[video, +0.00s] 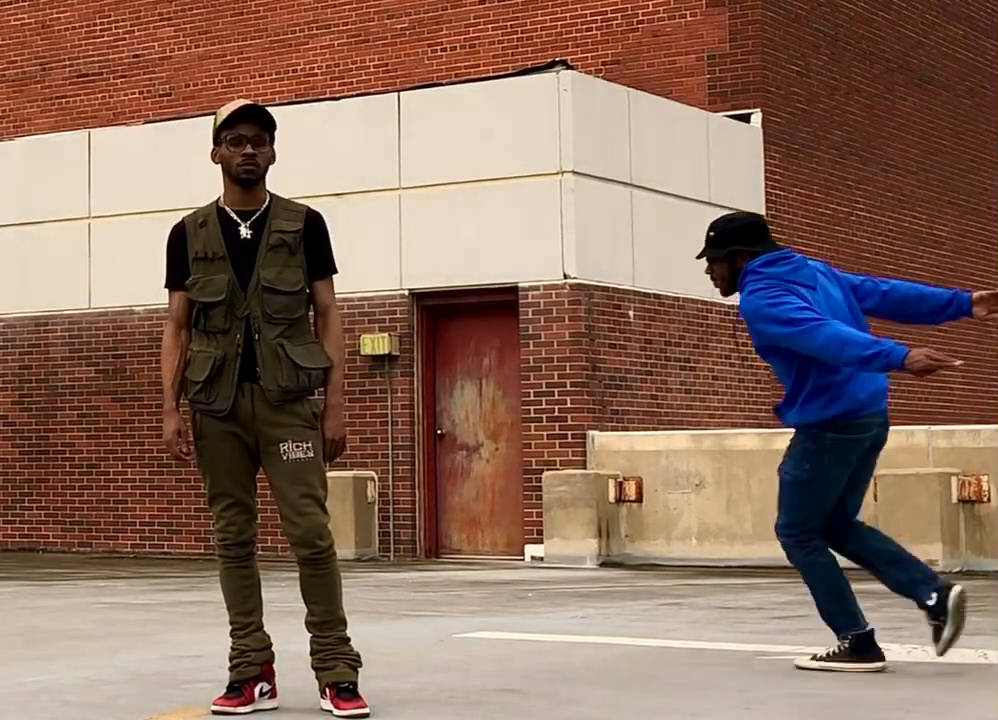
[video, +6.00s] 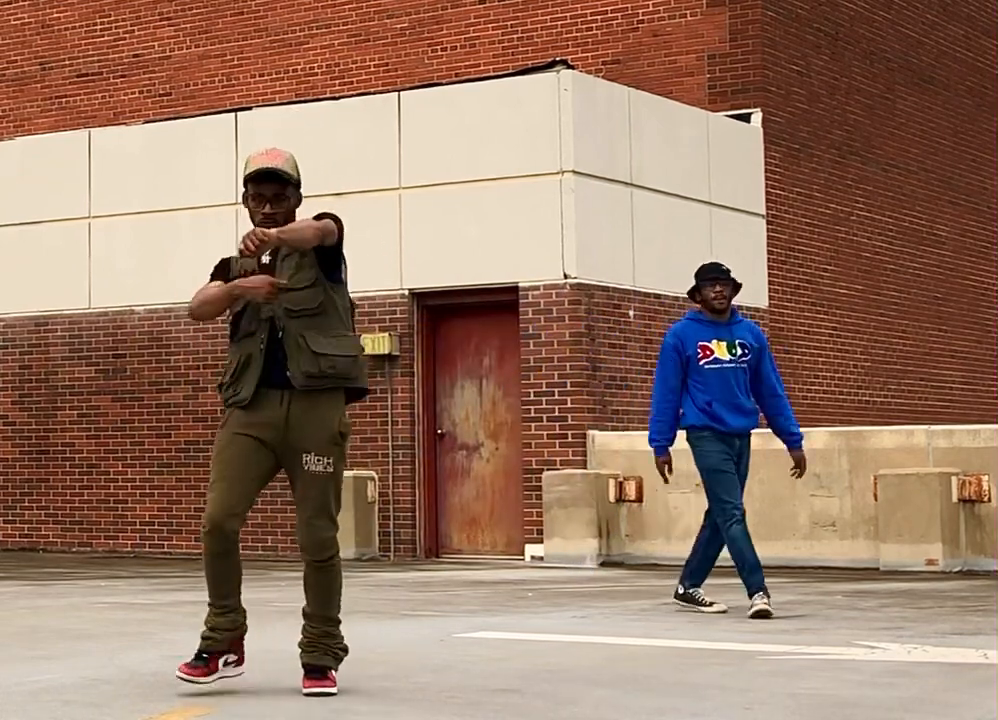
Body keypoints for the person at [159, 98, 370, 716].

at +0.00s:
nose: (248, 150)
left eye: (257, 141)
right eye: (236, 142)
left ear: (273, 151)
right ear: (217, 153)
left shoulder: (304, 224)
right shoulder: (187, 233)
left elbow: (327, 317)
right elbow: (177, 325)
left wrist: (334, 399)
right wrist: (171, 405)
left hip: (289, 403)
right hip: (215, 407)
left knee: (312, 538)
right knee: (233, 540)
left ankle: (336, 672)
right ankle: (249, 669)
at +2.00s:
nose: (242, 158)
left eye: (253, 149)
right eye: (231, 150)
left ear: (272, 158)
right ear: (215, 160)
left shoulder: (304, 227)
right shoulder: (190, 237)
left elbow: (330, 319)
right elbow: (177, 329)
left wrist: (335, 403)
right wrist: (174, 408)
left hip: (290, 403)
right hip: (214, 407)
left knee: (313, 536)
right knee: (232, 540)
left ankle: (331, 669)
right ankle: (250, 668)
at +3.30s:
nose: (327, 192)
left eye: (339, 183)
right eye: (316, 181)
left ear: (352, 193)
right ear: (296, 185)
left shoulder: (371, 262)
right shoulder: (252, 244)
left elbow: (404, 342)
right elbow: (223, 323)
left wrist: (419, 411)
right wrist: (229, 375)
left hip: (329, 424)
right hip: (250, 420)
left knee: (351, 543)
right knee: (224, 540)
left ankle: (326, 676)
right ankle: (258, 662)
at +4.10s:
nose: (294, 169)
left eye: (305, 161)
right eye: (282, 163)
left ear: (323, 175)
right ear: (266, 179)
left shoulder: (358, 245)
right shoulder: (241, 252)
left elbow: (368, 320)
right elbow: (226, 322)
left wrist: (349, 385)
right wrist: (213, 366)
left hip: (338, 414)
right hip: (260, 415)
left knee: (351, 551)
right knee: (236, 544)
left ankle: (330, 677)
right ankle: (248, 672)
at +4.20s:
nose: (299, 156)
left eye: (310, 150)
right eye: (287, 150)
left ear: (324, 165)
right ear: (269, 166)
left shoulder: (356, 231)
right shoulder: (241, 238)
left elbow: (372, 290)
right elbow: (243, 315)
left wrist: (352, 324)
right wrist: (246, 378)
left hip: (338, 404)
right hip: (266, 402)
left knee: (350, 542)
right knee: (241, 539)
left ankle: (331, 675)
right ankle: (251, 668)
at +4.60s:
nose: (290, 163)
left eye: (301, 158)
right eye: (280, 153)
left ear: (311, 172)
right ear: (257, 162)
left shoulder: (321, 232)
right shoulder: (226, 223)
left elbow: (354, 247)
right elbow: (222, 301)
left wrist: (356, 242)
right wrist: (278, 353)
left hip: (318, 398)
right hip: (247, 400)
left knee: (331, 533)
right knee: (247, 541)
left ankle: (329, 671)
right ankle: (252, 670)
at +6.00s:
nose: (267, 201)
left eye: (278, 193)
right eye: (258, 193)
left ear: (297, 198)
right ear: (244, 198)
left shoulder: (320, 235)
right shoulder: (236, 263)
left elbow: (325, 230)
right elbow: (198, 307)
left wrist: (273, 237)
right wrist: (240, 288)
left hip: (316, 407)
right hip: (250, 409)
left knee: (318, 540)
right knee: (217, 522)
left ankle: (320, 655)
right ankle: (223, 637)